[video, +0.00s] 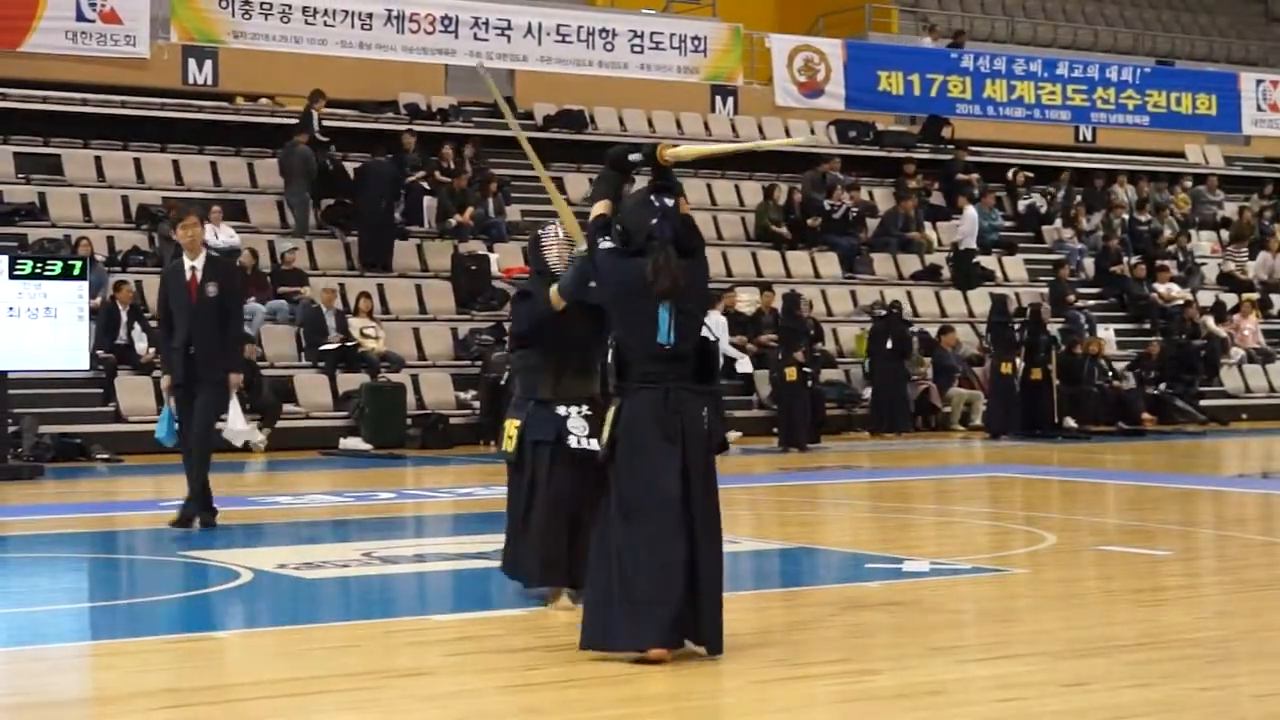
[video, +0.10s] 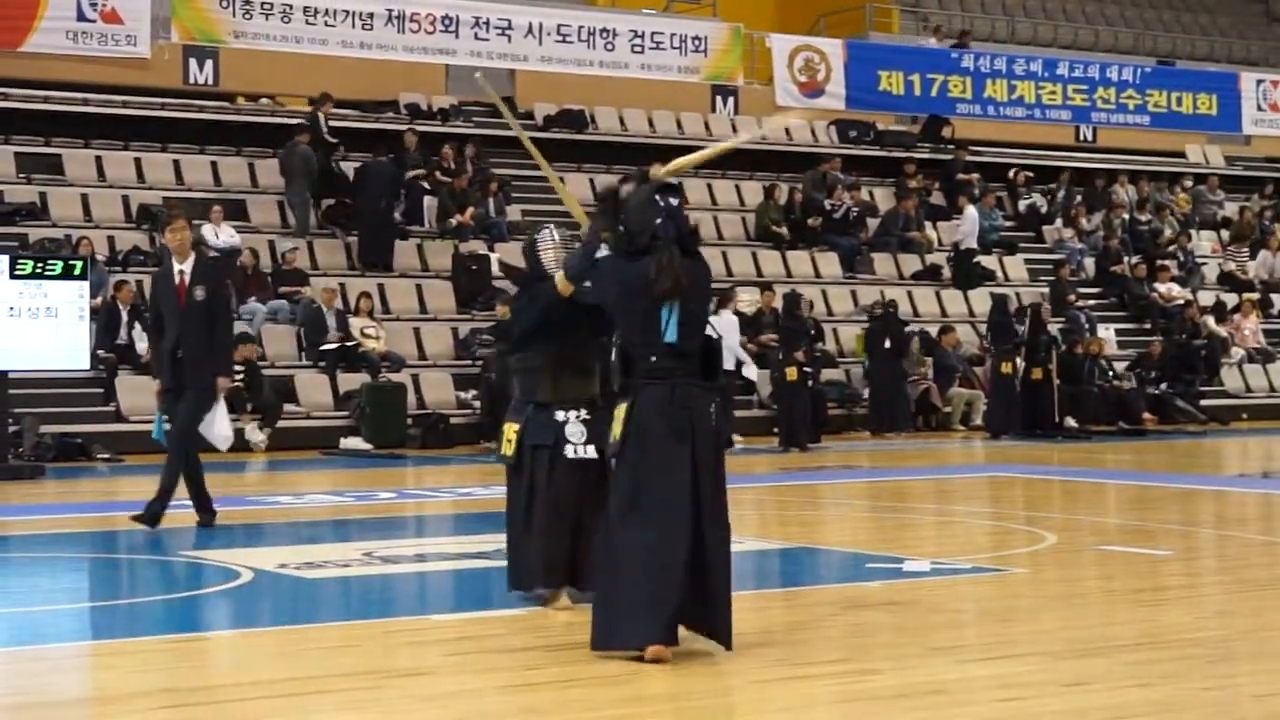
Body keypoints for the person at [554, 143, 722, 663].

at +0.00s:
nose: (615, 231)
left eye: (621, 226)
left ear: (627, 235)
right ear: (672, 232)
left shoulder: (617, 271)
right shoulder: (694, 275)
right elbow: (684, 235)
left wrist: (596, 233)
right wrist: (667, 184)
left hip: (642, 402)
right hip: (688, 400)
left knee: (646, 513)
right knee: (688, 510)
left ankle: (655, 634)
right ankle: (689, 625)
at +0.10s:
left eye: (629, 219)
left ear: (630, 229)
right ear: (674, 225)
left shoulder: (622, 274)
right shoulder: (698, 274)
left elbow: (573, 275)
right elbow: (681, 240)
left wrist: (598, 228)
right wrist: (664, 198)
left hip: (648, 401)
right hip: (694, 400)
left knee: (645, 510)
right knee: (680, 509)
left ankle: (654, 631)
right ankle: (664, 624)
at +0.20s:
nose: (626, 229)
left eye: (628, 220)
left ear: (633, 226)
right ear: (676, 222)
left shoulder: (635, 275)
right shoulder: (701, 272)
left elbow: (570, 292)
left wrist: (596, 242)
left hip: (665, 396)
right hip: (709, 394)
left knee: (652, 502)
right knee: (687, 502)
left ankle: (658, 623)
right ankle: (662, 611)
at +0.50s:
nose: (637, 245)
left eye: (642, 237)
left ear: (649, 244)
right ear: (692, 242)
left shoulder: (643, 286)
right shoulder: (716, 287)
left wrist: (614, 254)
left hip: (671, 415)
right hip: (715, 413)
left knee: (660, 519)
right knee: (699, 517)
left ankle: (691, 618)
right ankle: (678, 618)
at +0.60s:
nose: (646, 239)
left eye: (651, 231)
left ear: (662, 238)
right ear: (703, 239)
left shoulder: (659, 280)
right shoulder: (721, 282)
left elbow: (638, 238)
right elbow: (709, 233)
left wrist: (638, 203)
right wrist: (698, 186)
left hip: (684, 412)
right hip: (725, 411)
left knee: (664, 519)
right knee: (709, 515)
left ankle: (731, 607)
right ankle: (679, 619)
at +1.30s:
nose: (692, 225)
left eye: (697, 218)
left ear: (705, 229)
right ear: (744, 225)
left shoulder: (700, 268)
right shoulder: (762, 271)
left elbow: (671, 222)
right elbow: (744, 226)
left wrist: (684, 176)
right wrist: (747, 184)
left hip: (729, 398)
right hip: (767, 396)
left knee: (741, 510)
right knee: (727, 512)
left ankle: (797, 612)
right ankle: (702, 613)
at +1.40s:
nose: (698, 226)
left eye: (703, 218)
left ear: (711, 227)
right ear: (750, 222)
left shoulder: (708, 266)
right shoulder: (771, 269)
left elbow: (672, 235)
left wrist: (681, 197)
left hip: (737, 397)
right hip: (775, 396)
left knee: (744, 511)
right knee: (742, 512)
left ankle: (797, 614)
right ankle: (718, 615)